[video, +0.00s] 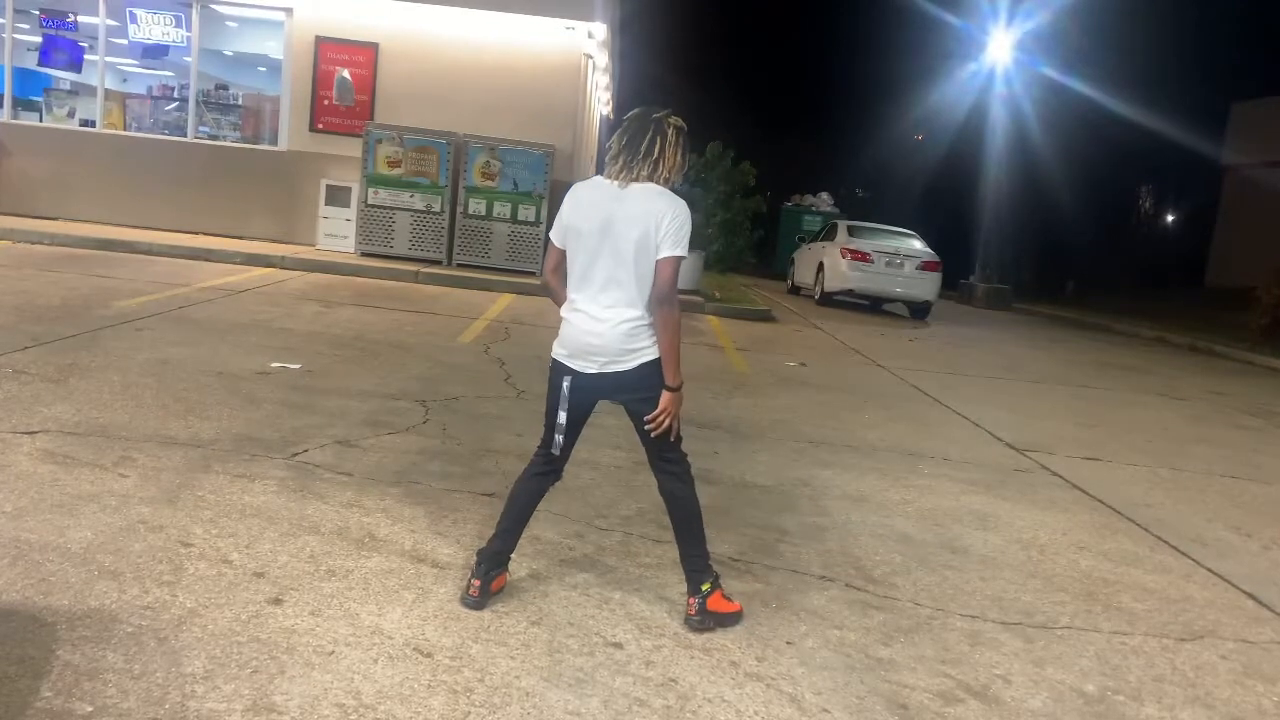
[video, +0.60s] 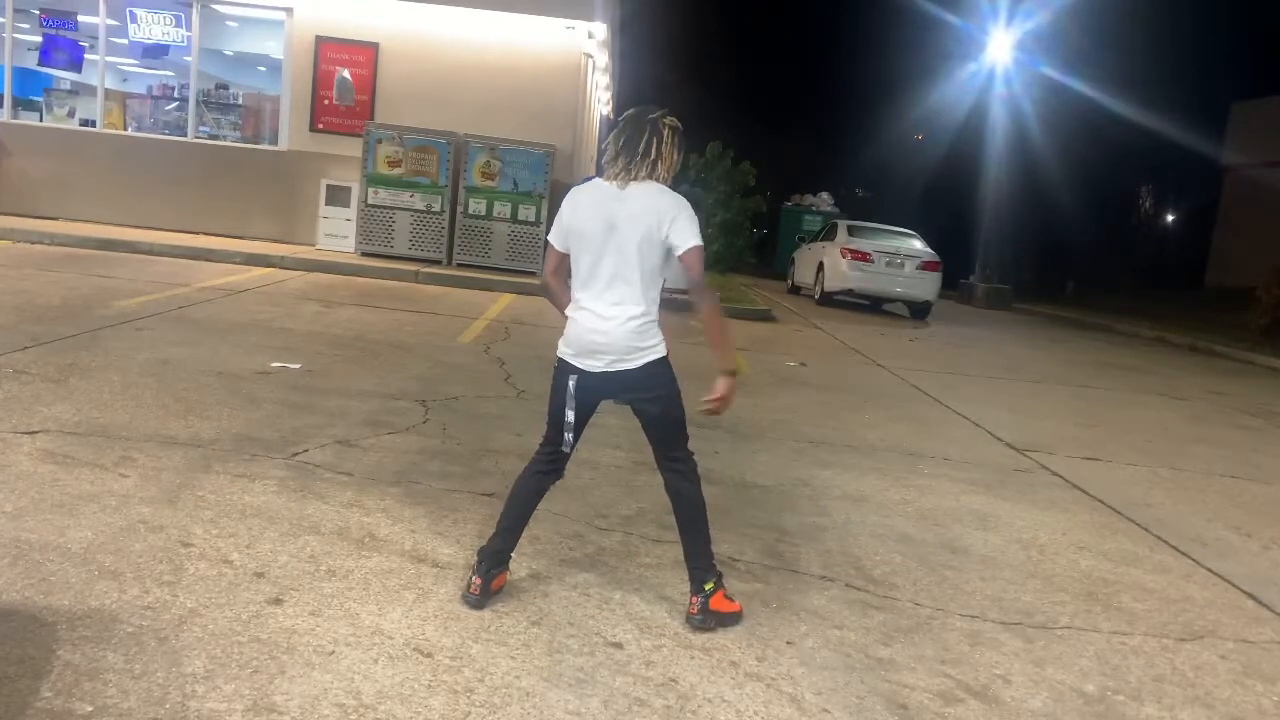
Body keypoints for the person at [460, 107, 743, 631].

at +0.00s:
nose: (680, 163)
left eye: (680, 156)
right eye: (678, 155)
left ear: (620, 144)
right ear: (666, 154)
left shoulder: (579, 194)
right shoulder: (670, 207)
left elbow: (552, 272)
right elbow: (663, 295)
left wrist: (580, 315)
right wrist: (672, 383)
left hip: (573, 360)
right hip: (637, 365)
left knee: (545, 462)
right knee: (671, 468)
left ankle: (485, 572)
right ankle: (702, 591)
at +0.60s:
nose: (675, 160)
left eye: (675, 152)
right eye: (673, 151)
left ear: (615, 146)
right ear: (663, 152)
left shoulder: (578, 197)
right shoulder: (672, 205)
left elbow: (551, 276)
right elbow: (698, 289)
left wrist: (584, 318)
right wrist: (726, 366)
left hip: (579, 359)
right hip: (643, 361)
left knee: (548, 459)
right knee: (677, 465)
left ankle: (486, 571)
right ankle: (705, 590)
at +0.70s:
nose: (673, 164)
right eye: (671, 155)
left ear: (613, 150)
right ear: (662, 157)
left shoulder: (582, 204)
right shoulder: (673, 204)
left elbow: (553, 283)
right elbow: (728, 261)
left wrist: (588, 323)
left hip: (584, 362)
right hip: (648, 363)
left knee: (550, 460)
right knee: (683, 465)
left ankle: (486, 570)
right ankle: (707, 593)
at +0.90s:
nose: (663, 169)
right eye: (661, 160)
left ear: (606, 150)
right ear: (653, 161)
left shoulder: (562, 198)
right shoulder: (657, 213)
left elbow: (540, 281)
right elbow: (715, 267)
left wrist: (567, 319)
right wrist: (787, 306)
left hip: (571, 362)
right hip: (637, 361)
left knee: (543, 460)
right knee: (669, 462)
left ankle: (514, 575)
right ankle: (706, 585)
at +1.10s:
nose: (597, 157)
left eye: (601, 150)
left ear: (607, 154)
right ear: (653, 161)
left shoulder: (583, 199)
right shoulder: (668, 220)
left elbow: (502, 252)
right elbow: (656, 316)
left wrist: (532, 300)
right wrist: (627, 365)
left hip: (553, 347)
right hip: (600, 361)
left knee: (520, 454)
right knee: (499, 394)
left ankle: (528, 572)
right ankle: (424, 433)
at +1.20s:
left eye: (606, 157)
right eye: (671, 173)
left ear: (610, 164)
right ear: (661, 175)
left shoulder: (584, 207)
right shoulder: (667, 234)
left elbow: (491, 237)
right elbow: (692, 311)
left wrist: (522, 289)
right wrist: (713, 392)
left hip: (537, 358)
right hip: (571, 365)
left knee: (505, 455)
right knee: (463, 324)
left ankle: (526, 568)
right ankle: (349, 311)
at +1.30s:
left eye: (610, 147)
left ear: (612, 154)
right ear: (662, 168)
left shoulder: (585, 197)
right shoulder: (668, 222)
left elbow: (497, 237)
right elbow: (703, 298)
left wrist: (506, 293)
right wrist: (735, 374)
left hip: (551, 351)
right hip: (579, 356)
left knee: (513, 453)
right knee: (467, 353)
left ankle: (530, 570)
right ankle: (351, 362)